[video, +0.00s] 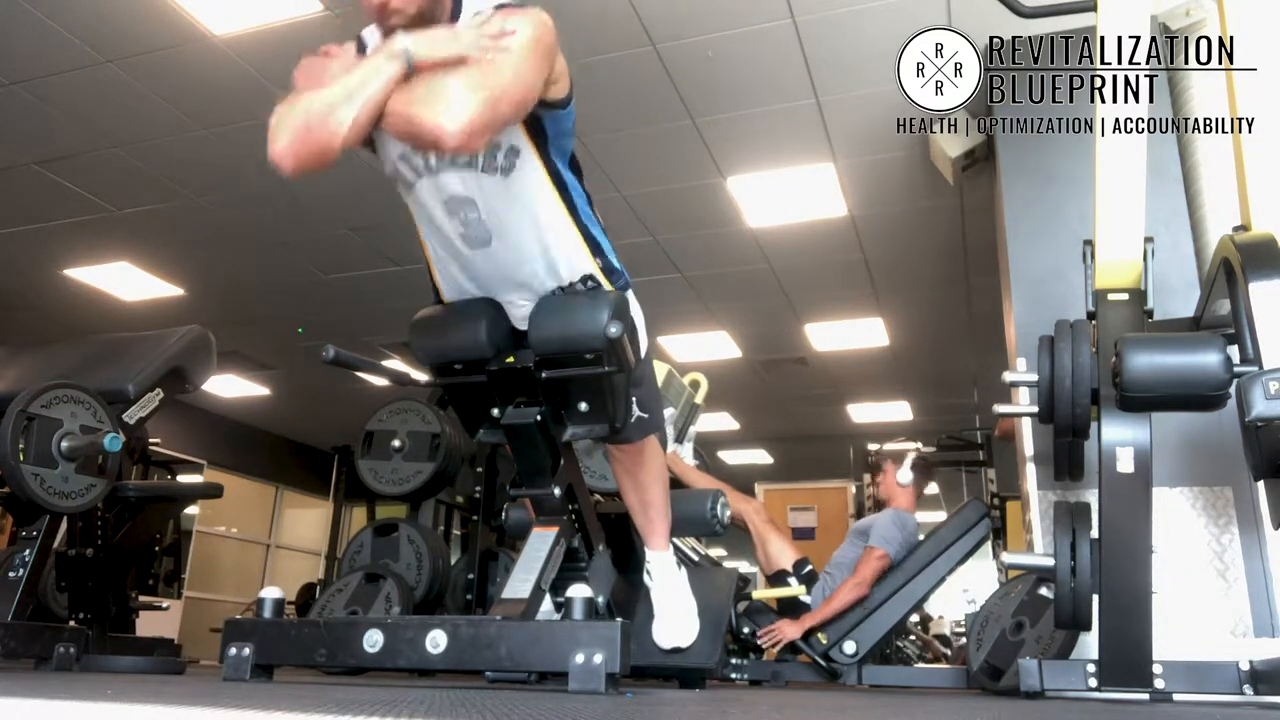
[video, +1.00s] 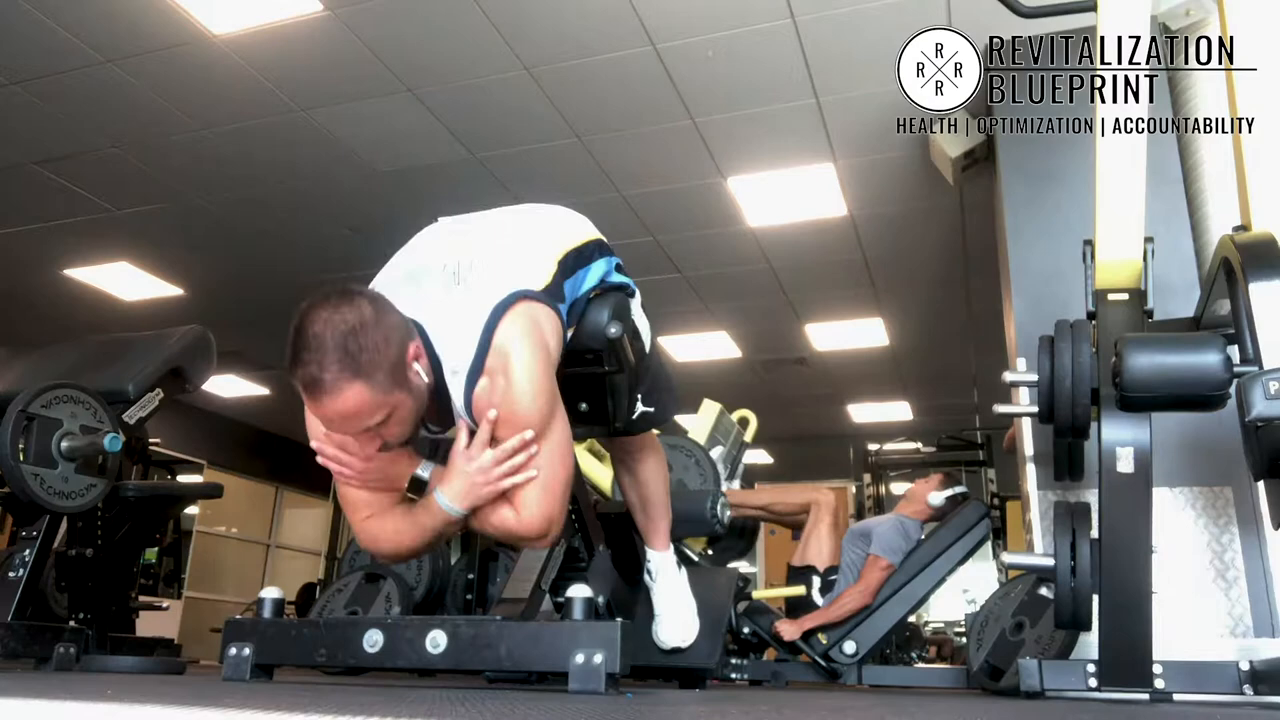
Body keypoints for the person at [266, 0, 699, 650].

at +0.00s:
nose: (376, 3)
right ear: (362, 8)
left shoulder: (520, 27)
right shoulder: (349, 58)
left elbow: (456, 122)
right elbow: (288, 150)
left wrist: (344, 81)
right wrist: (402, 51)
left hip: (578, 295)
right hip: (478, 312)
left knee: (629, 427)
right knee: (521, 445)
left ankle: (659, 559)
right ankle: (550, 535)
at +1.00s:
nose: (366, 448)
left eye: (380, 425)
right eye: (345, 435)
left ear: (417, 364)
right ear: (314, 400)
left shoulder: (510, 356)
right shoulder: (334, 397)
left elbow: (537, 524)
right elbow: (379, 538)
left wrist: (414, 475)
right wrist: (447, 500)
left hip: (566, 252)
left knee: (628, 422)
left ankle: (662, 564)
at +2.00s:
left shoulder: (560, 11)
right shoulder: (410, 45)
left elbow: (470, 21)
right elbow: (329, 44)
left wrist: (383, 17)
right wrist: (418, 5)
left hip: (575, 258)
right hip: (473, 274)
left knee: (627, 420)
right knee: (508, 431)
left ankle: (660, 561)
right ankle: (542, 554)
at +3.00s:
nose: (334, 87)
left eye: (353, 60)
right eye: (319, 65)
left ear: (409, 42)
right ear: (306, 62)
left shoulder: (492, 110)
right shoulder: (300, 157)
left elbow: (455, 276)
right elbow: (281, 306)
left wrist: (343, 225)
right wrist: (388, 204)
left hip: (573, 293)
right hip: (472, 315)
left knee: (627, 413)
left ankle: (661, 564)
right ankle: (548, 533)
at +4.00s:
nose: (336, 69)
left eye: (358, 42)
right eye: (321, 49)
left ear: (413, 29)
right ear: (309, 52)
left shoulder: (492, 96)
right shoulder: (304, 143)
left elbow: (445, 242)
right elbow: (269, 276)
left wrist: (343, 199)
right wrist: (386, 181)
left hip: (576, 294)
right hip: (474, 312)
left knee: (631, 428)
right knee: (509, 440)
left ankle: (662, 566)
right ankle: (547, 535)